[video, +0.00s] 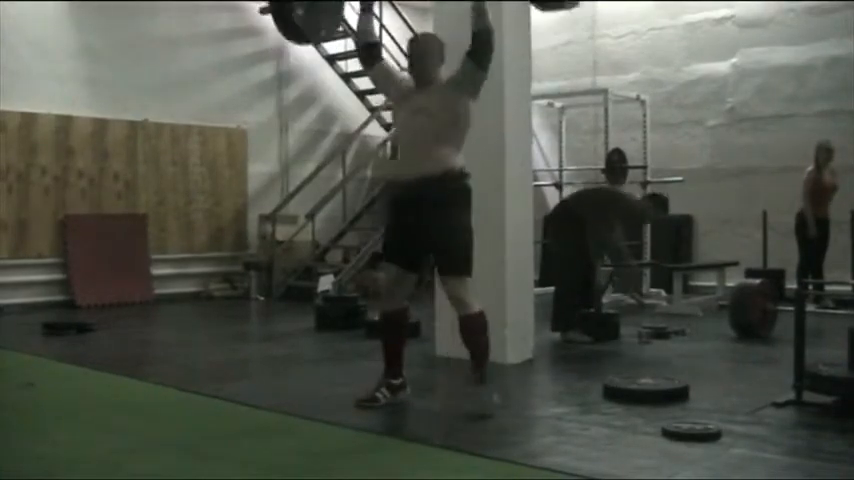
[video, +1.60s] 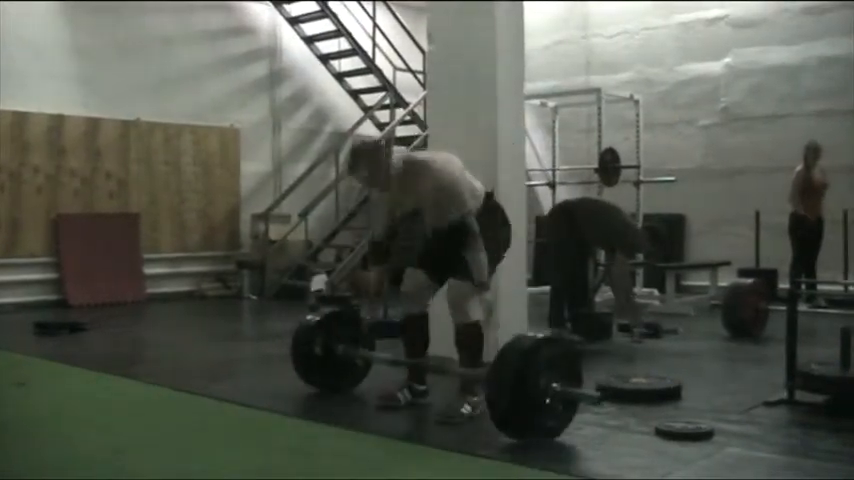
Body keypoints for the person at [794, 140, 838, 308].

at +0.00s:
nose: (827, 158)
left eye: (829, 154)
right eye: (824, 154)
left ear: (831, 156)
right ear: (817, 155)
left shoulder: (830, 173)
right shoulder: (812, 173)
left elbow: (827, 198)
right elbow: (806, 200)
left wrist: (833, 188)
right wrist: (811, 224)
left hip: (822, 219)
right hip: (807, 218)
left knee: (818, 258)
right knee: (806, 258)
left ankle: (819, 294)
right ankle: (802, 293)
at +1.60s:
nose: (814, 158)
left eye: (816, 155)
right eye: (812, 154)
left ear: (819, 156)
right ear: (806, 154)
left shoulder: (819, 173)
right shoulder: (801, 173)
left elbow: (818, 195)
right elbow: (794, 196)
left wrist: (823, 187)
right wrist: (801, 212)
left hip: (815, 219)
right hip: (800, 219)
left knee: (811, 259)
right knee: (799, 258)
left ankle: (812, 294)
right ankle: (794, 293)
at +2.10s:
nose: (811, 159)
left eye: (814, 155)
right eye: (808, 155)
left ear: (817, 156)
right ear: (803, 155)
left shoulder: (819, 173)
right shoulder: (798, 173)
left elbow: (825, 196)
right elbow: (789, 197)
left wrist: (819, 199)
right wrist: (807, 200)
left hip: (818, 218)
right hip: (801, 218)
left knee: (813, 259)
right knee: (800, 258)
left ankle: (812, 295)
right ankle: (795, 295)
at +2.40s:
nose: (813, 160)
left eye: (816, 157)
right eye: (810, 156)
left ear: (819, 158)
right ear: (804, 156)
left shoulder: (819, 174)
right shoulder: (797, 175)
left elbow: (826, 195)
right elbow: (790, 199)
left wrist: (825, 192)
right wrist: (813, 194)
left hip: (818, 218)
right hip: (802, 218)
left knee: (812, 259)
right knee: (800, 258)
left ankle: (812, 295)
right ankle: (794, 294)